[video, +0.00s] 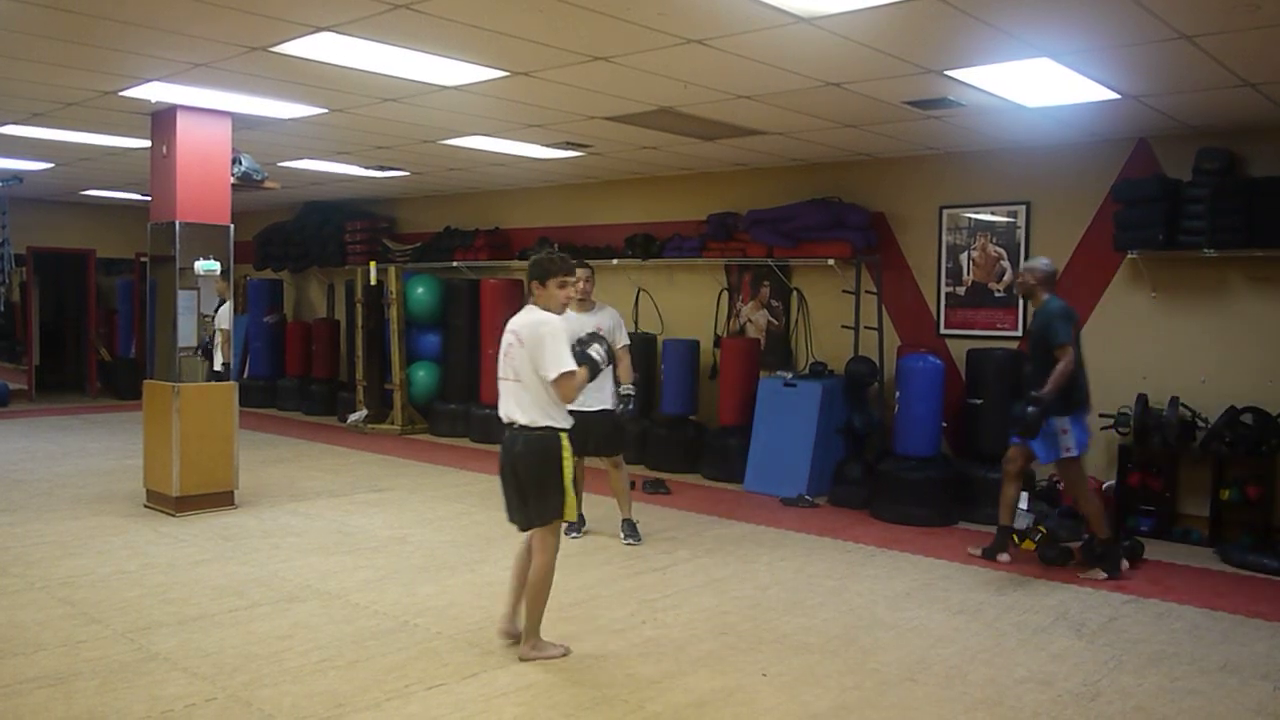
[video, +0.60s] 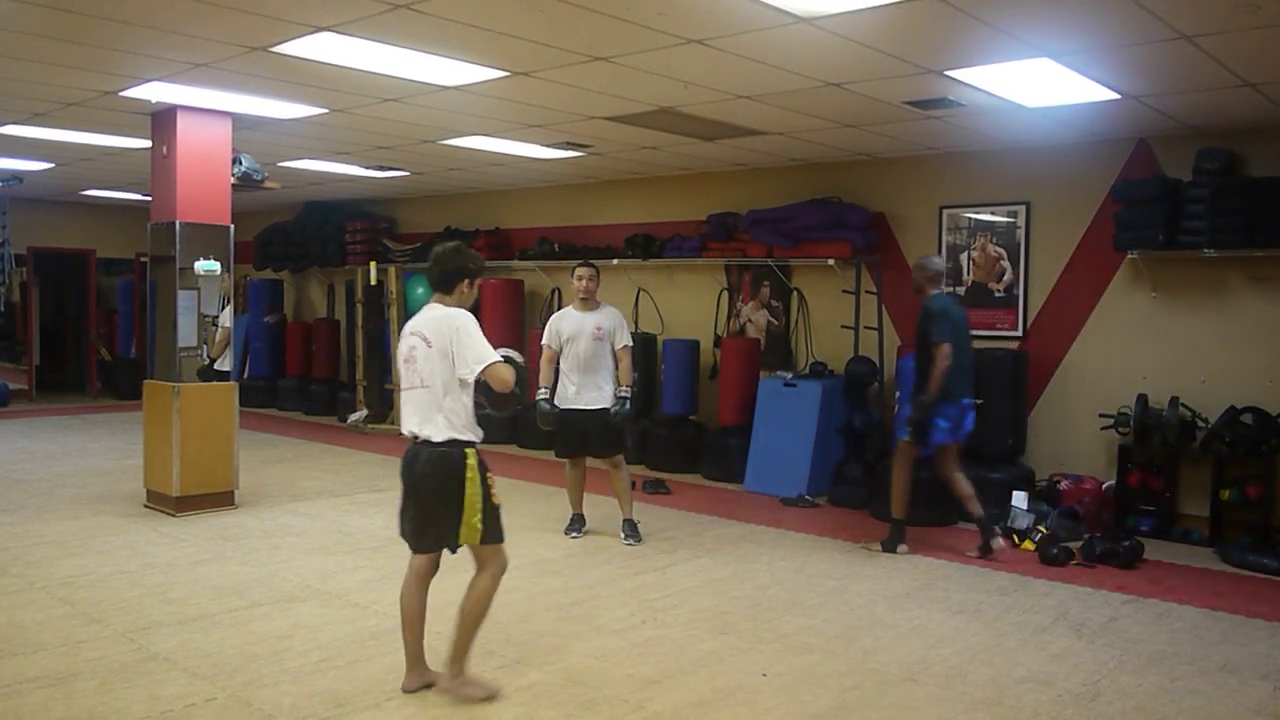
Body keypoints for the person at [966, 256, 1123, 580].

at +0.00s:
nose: (1017, 280)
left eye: (1022, 275)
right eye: (1019, 275)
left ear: (1037, 280)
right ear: (1037, 281)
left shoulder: (1056, 312)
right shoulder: (1041, 313)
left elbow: (1067, 359)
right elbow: (1044, 362)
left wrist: (1039, 402)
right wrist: (1030, 396)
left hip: (1063, 411)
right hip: (1039, 410)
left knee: (1076, 483)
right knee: (1012, 465)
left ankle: (1109, 553)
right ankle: (1001, 543)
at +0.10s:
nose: (997, 273)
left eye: (1003, 268)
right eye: (999, 268)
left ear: (1019, 276)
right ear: (1018, 276)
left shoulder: (1035, 309)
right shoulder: (1021, 308)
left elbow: (1045, 357)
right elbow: (1025, 362)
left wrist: (1029, 406)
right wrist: (1011, 401)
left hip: (1039, 409)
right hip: (1018, 406)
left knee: (1035, 476)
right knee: (1000, 466)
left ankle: (1090, 543)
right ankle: (999, 543)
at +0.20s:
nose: (976, 275)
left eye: (981, 270)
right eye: (978, 268)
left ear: (998, 274)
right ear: (1003, 275)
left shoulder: (1016, 306)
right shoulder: (1007, 306)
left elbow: (1027, 354)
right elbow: (1013, 357)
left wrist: (1018, 404)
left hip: (1012, 403)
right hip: (1001, 400)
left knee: (994, 468)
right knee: (994, 469)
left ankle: (1049, 521)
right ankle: (998, 545)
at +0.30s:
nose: (966, 277)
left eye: (969, 272)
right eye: (967, 271)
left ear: (979, 275)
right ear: (993, 275)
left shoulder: (997, 303)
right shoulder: (1000, 303)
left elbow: (1010, 349)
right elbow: (1003, 352)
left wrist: (1004, 399)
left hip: (986, 399)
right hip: (999, 399)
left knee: (957, 461)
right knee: (994, 466)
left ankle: (1001, 518)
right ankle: (998, 543)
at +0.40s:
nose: (947, 275)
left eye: (951, 270)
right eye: (949, 270)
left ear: (964, 273)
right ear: (972, 273)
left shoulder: (978, 303)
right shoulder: (983, 301)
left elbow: (992, 351)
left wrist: (982, 398)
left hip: (971, 400)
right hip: (990, 400)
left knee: (936, 457)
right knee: (988, 468)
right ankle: (998, 543)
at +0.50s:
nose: (929, 280)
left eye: (932, 275)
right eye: (931, 274)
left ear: (946, 277)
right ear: (954, 277)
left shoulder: (957, 307)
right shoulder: (968, 305)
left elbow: (969, 354)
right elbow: (970, 354)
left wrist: (957, 397)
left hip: (953, 400)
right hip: (977, 400)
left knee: (922, 456)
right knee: (976, 464)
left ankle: (902, 534)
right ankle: (996, 541)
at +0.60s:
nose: (911, 281)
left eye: (914, 277)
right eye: (913, 276)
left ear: (925, 278)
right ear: (940, 278)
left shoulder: (935, 307)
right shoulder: (954, 305)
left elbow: (944, 356)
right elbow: (958, 356)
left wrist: (926, 398)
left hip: (936, 401)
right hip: (959, 401)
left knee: (902, 457)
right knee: (948, 464)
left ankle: (896, 535)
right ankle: (987, 529)